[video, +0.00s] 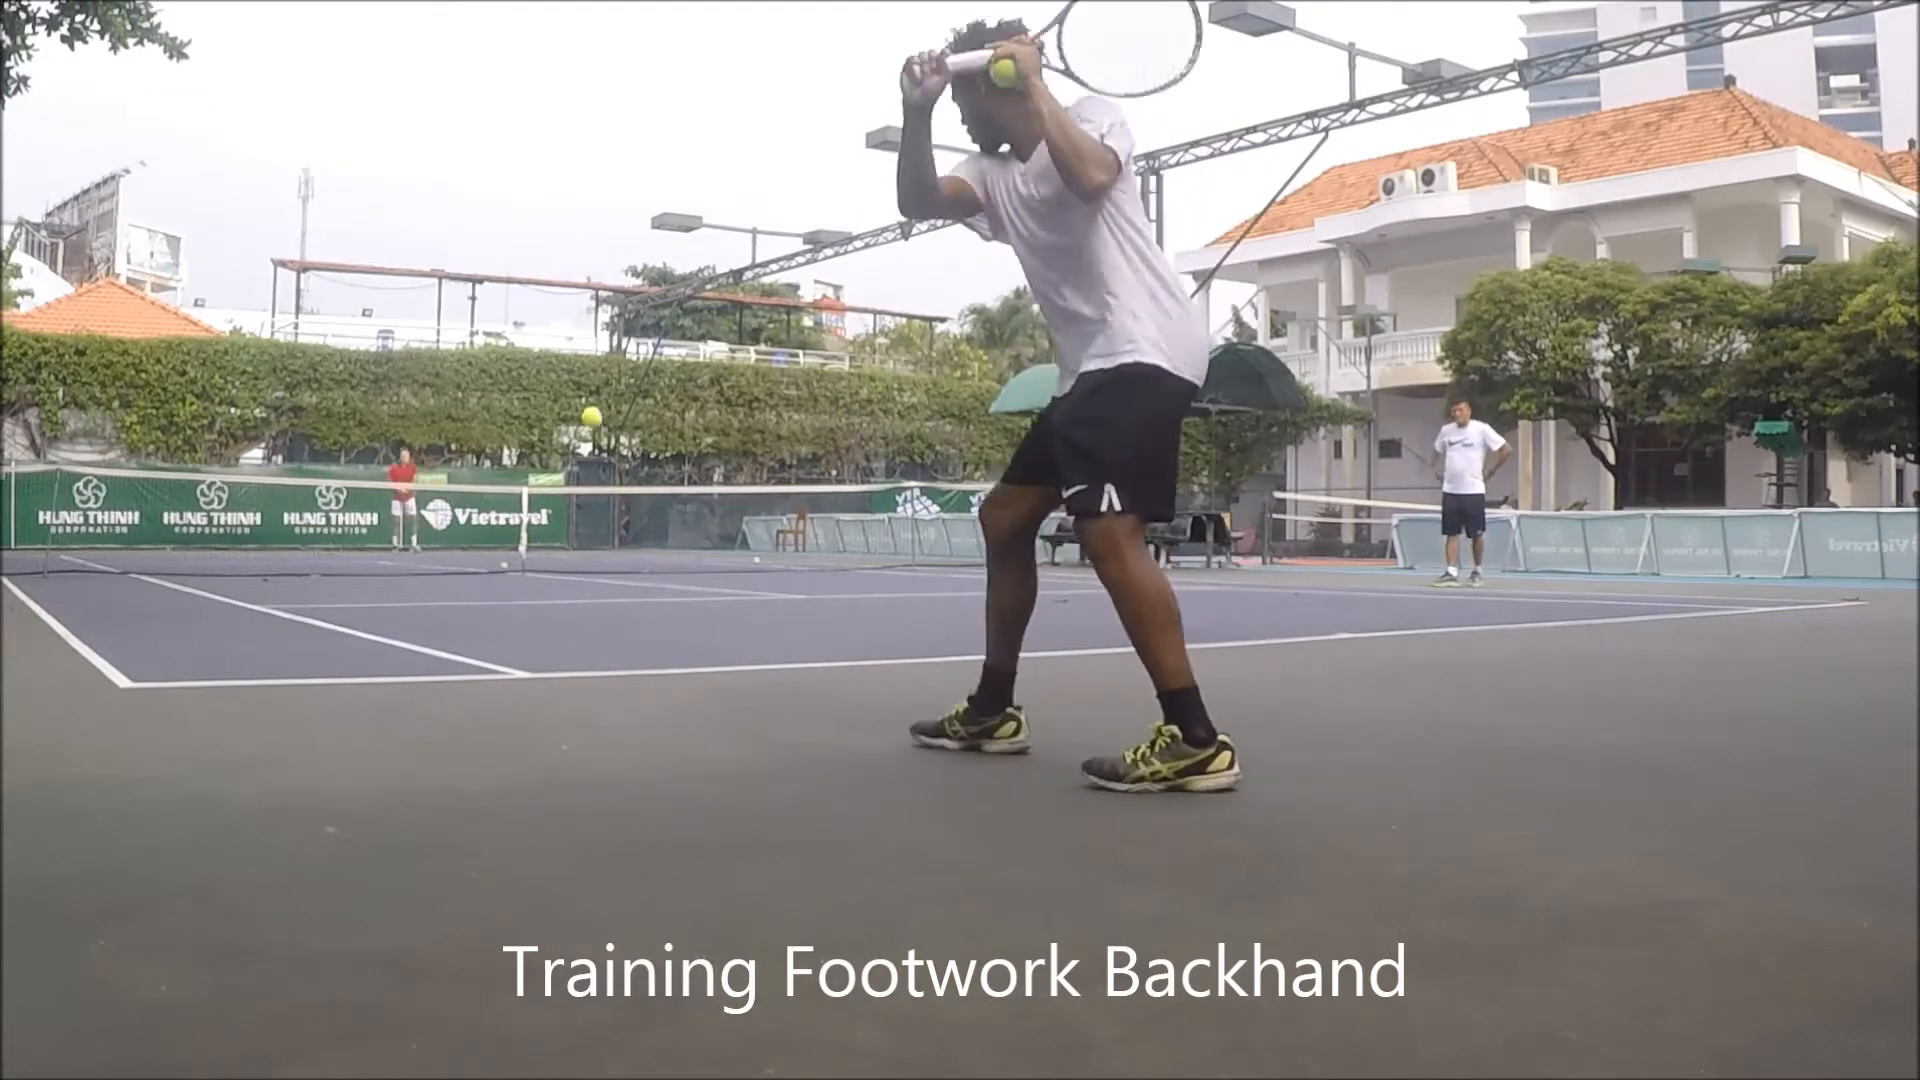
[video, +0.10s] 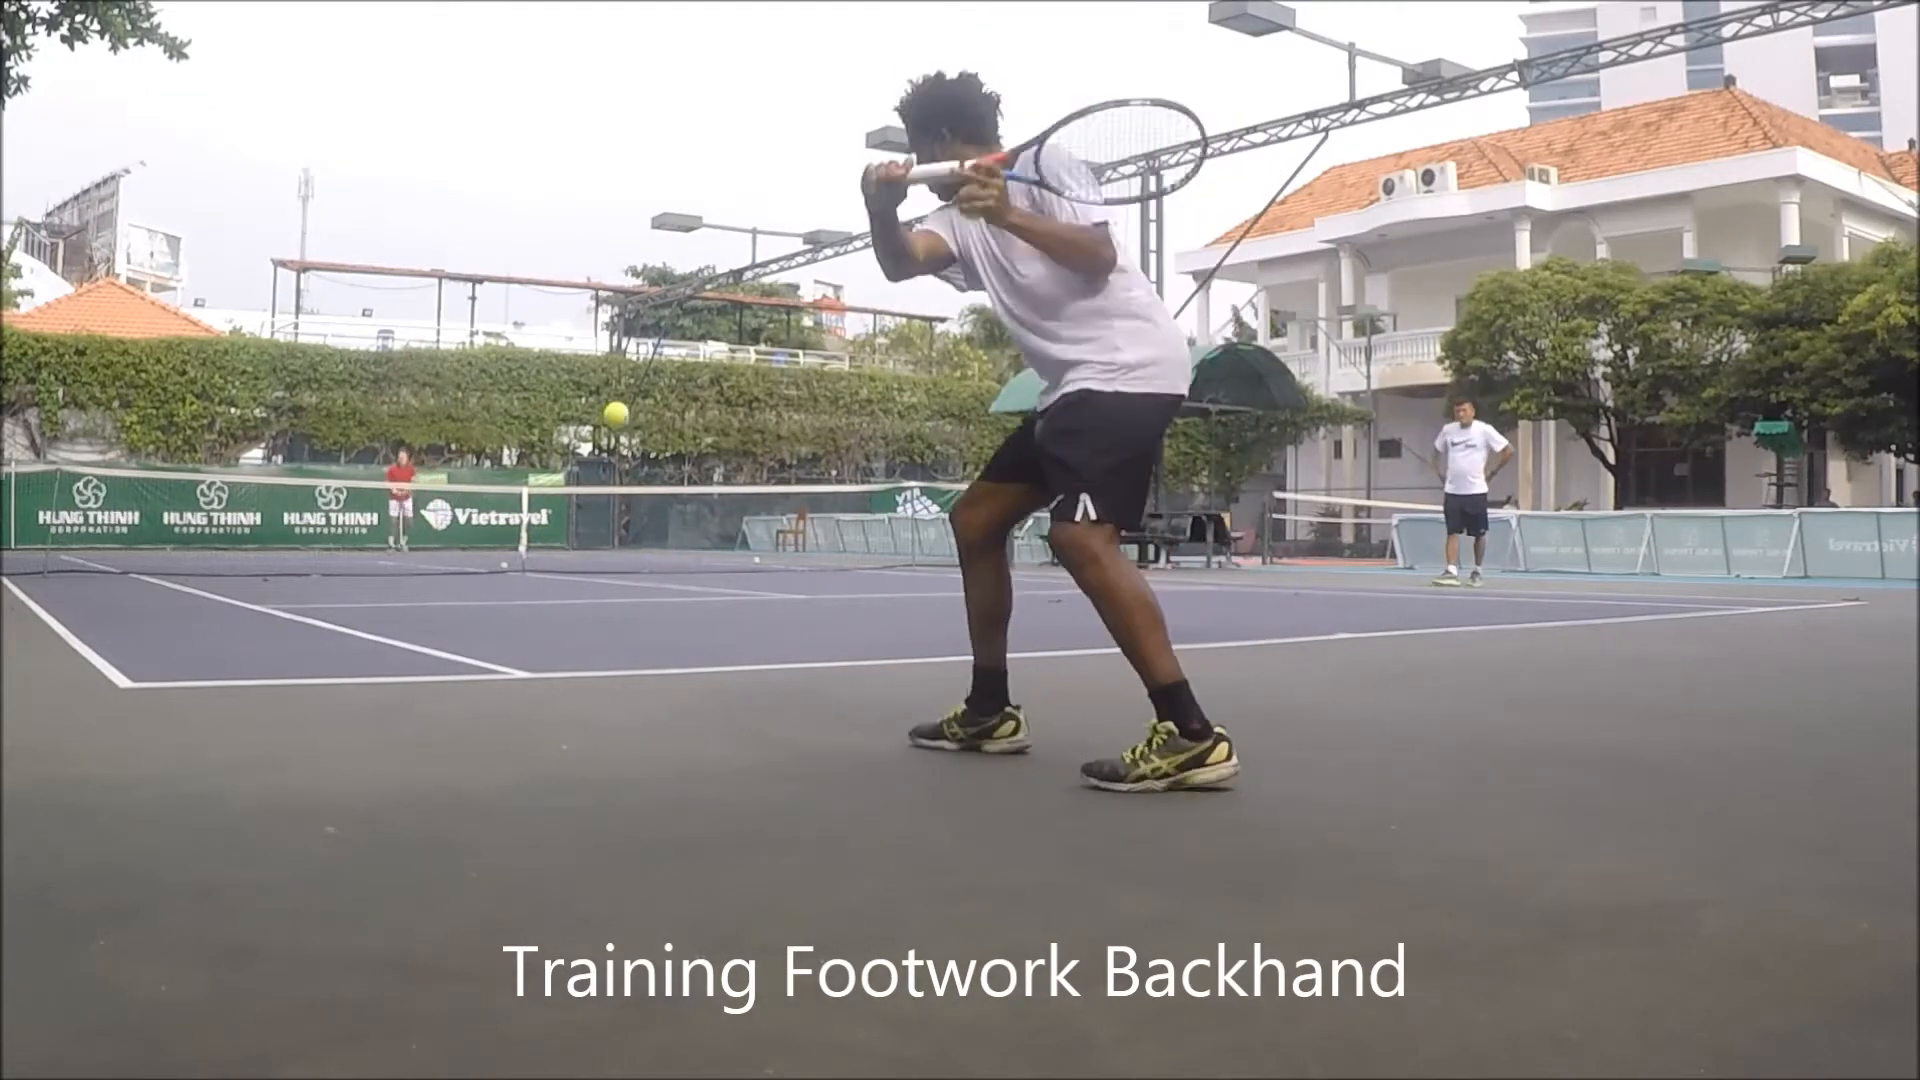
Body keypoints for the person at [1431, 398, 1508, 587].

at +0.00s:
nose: (1458, 414)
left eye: (1461, 410)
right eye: (1455, 411)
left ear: (1469, 411)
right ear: (1451, 414)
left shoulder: (1481, 428)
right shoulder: (1446, 430)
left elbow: (1505, 449)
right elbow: (1436, 451)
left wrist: (1490, 472)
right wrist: (1436, 470)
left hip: (1473, 488)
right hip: (1451, 488)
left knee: (1476, 534)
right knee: (1451, 533)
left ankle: (1477, 570)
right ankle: (1451, 572)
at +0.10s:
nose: (1460, 414)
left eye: (1464, 410)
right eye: (1458, 411)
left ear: (1473, 411)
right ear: (1454, 413)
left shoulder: (1484, 429)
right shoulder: (1448, 430)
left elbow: (1507, 451)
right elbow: (1435, 452)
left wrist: (1491, 473)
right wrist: (1439, 473)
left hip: (1476, 488)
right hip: (1452, 488)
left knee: (1479, 533)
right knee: (1452, 532)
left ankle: (1477, 570)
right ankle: (1451, 570)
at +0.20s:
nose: (1462, 414)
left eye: (1465, 410)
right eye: (1460, 411)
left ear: (1475, 411)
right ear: (1456, 413)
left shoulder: (1486, 429)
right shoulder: (1449, 429)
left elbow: (1508, 450)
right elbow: (1438, 449)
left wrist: (1493, 472)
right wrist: (1440, 471)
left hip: (1477, 487)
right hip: (1453, 486)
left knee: (1479, 533)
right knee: (1451, 530)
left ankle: (1477, 570)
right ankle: (1451, 569)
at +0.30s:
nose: (1463, 414)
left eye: (1466, 410)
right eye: (1460, 411)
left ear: (1475, 411)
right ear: (1457, 413)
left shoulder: (1486, 429)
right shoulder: (1450, 429)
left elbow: (1508, 450)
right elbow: (1438, 448)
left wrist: (1493, 471)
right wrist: (1440, 470)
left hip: (1477, 487)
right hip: (1453, 487)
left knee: (1480, 533)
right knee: (1449, 530)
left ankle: (1477, 570)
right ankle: (1450, 569)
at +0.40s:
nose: (1459, 414)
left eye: (1463, 410)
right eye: (1457, 411)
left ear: (1473, 411)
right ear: (1454, 413)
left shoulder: (1485, 429)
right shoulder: (1449, 428)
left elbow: (1508, 449)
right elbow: (1438, 447)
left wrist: (1491, 471)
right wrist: (1440, 468)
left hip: (1476, 488)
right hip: (1452, 487)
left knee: (1479, 533)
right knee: (1445, 529)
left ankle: (1477, 570)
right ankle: (1447, 569)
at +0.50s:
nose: (1455, 414)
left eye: (1458, 410)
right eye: (1453, 411)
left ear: (1469, 411)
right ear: (1451, 414)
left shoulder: (1482, 428)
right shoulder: (1447, 428)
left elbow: (1508, 446)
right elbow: (1437, 445)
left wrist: (1492, 467)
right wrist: (1437, 464)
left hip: (1474, 488)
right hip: (1451, 487)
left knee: (1478, 532)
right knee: (1443, 529)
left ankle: (1477, 571)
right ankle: (1442, 570)